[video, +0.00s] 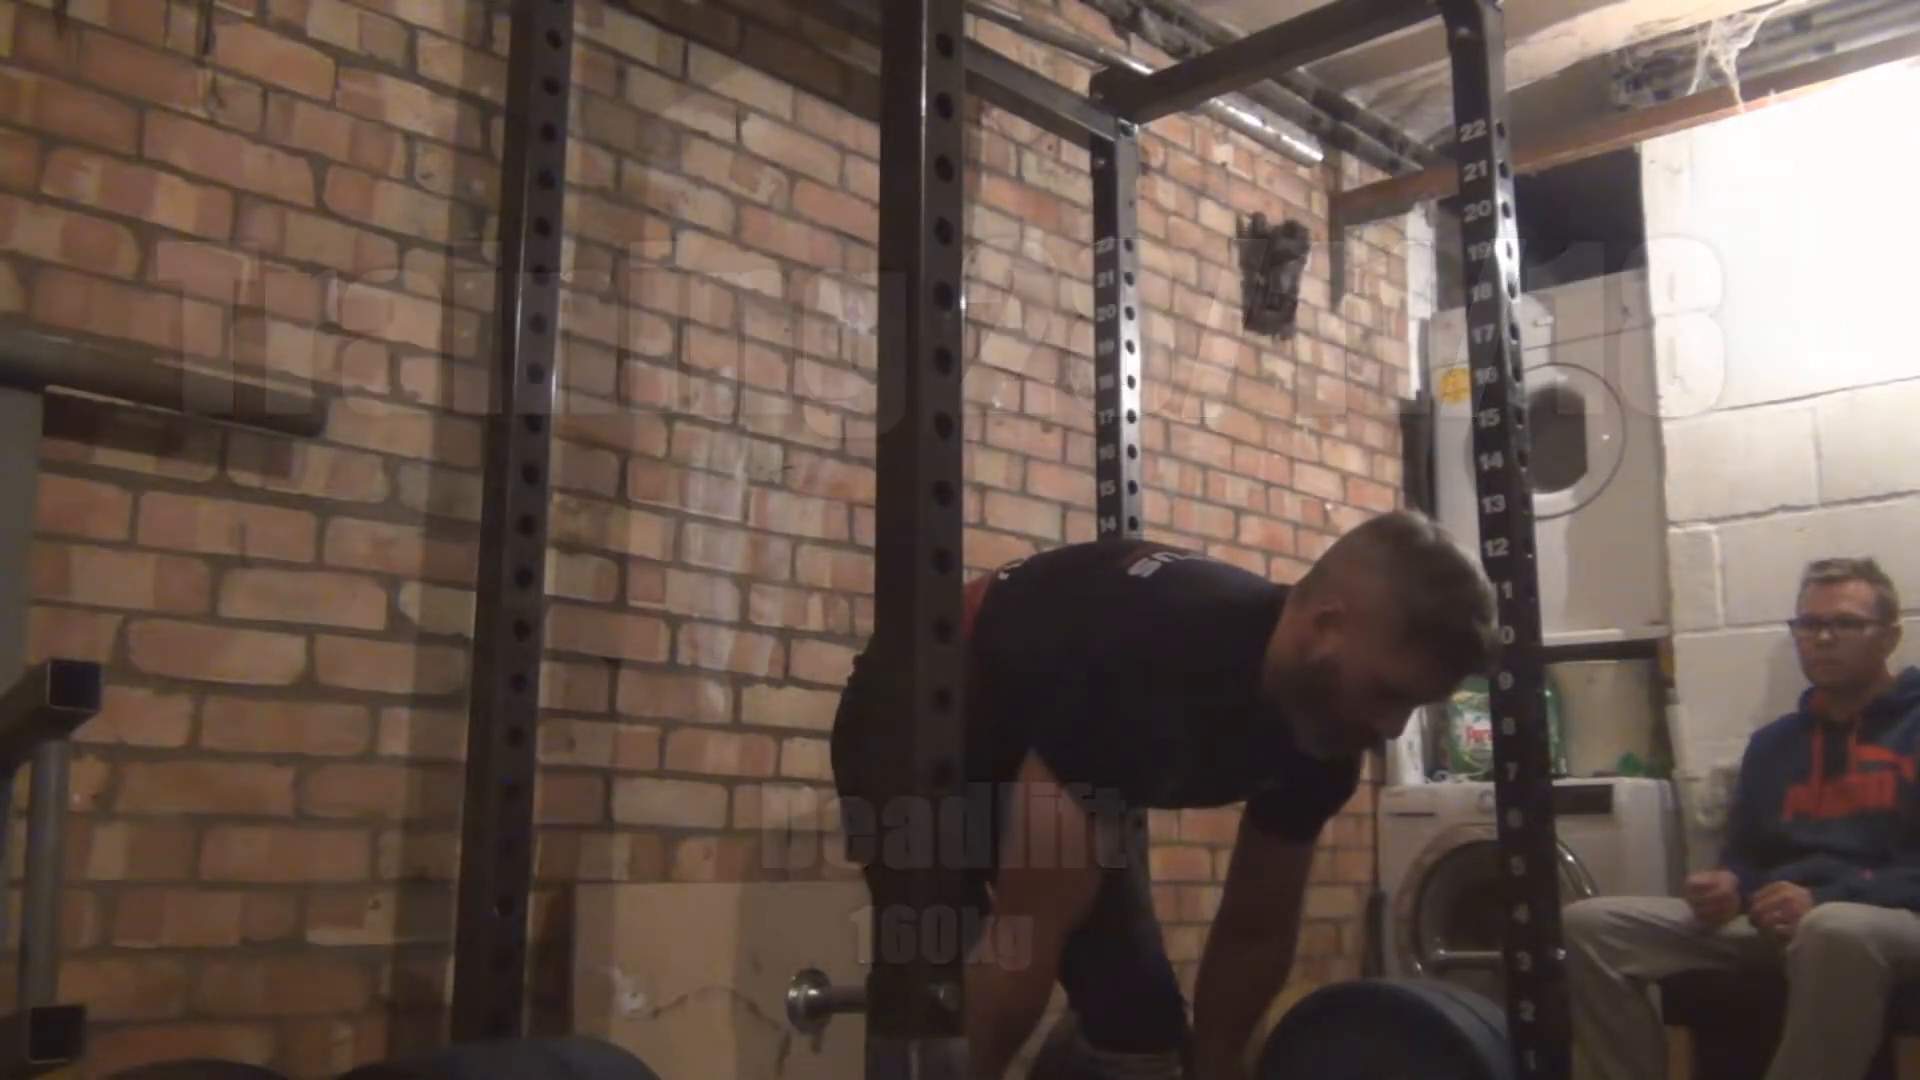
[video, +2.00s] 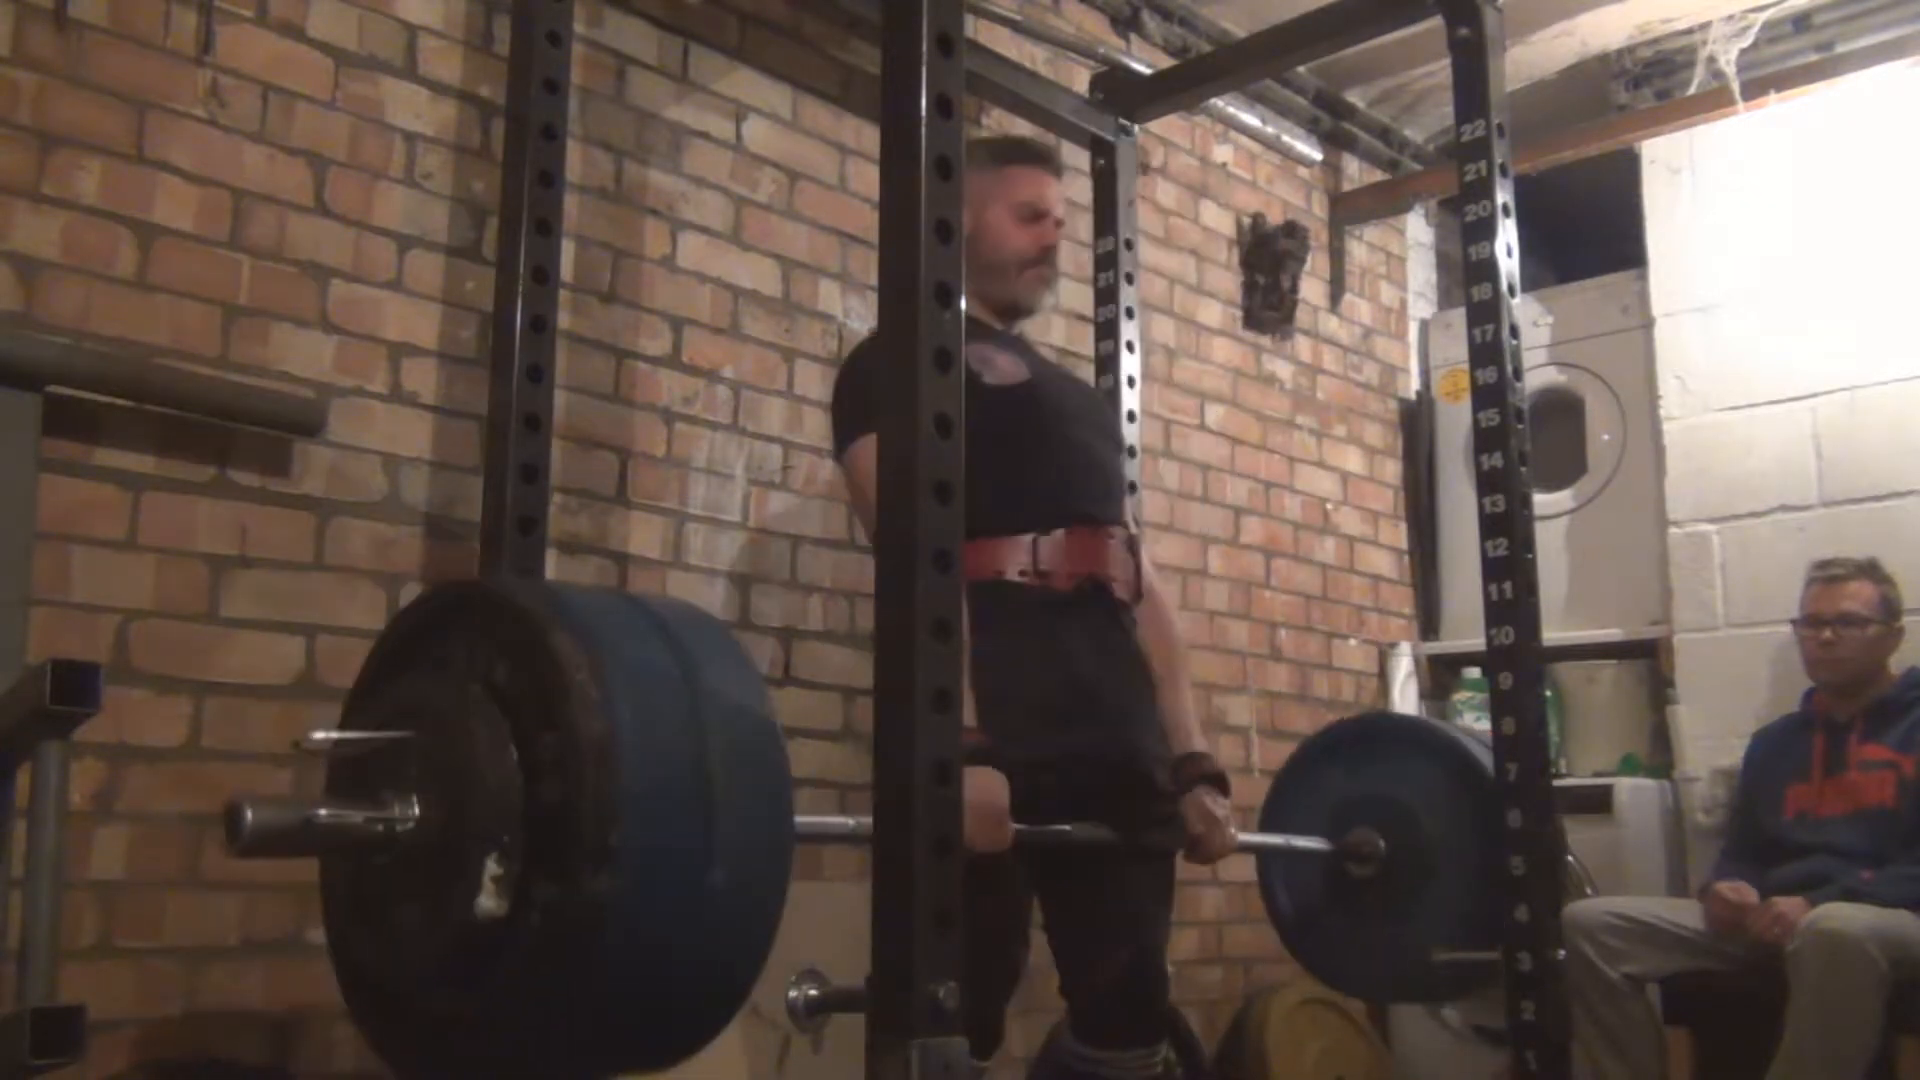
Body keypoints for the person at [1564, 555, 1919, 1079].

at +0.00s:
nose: (1822, 639)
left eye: (1844, 624)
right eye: (1809, 624)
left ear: (1890, 636)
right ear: (1794, 634)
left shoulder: (1914, 723)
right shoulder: (1773, 744)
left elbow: (1914, 873)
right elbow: (1744, 852)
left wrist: (1820, 900)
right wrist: (1731, 883)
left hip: (1894, 920)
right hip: (1771, 919)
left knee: (1833, 935)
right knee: (1589, 929)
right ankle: (1628, 1072)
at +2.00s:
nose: (1825, 637)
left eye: (1848, 623)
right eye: (1812, 622)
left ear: (1894, 637)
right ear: (1797, 632)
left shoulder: (1913, 721)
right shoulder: (1774, 743)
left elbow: (1914, 870)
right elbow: (1742, 849)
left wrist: (1818, 903)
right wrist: (1728, 886)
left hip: (1894, 917)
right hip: (1769, 916)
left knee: (1832, 937)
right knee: (1589, 928)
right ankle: (1628, 1073)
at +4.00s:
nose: (1822, 635)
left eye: (1844, 619)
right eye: (1810, 621)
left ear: (1893, 635)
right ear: (1796, 633)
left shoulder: (1913, 721)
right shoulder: (1775, 742)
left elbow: (1913, 872)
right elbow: (1739, 852)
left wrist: (1816, 905)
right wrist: (1724, 892)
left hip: (1892, 919)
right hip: (1766, 917)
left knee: (1834, 936)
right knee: (1587, 929)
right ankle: (1628, 1073)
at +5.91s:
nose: (1815, 638)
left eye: (1836, 622)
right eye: (1803, 625)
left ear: (1888, 633)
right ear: (1791, 636)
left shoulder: (1913, 721)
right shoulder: (1776, 742)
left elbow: (1913, 871)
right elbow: (1742, 849)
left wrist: (1817, 904)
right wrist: (1724, 889)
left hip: (1893, 919)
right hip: (1766, 916)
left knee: (1833, 936)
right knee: (1586, 929)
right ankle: (1630, 1072)